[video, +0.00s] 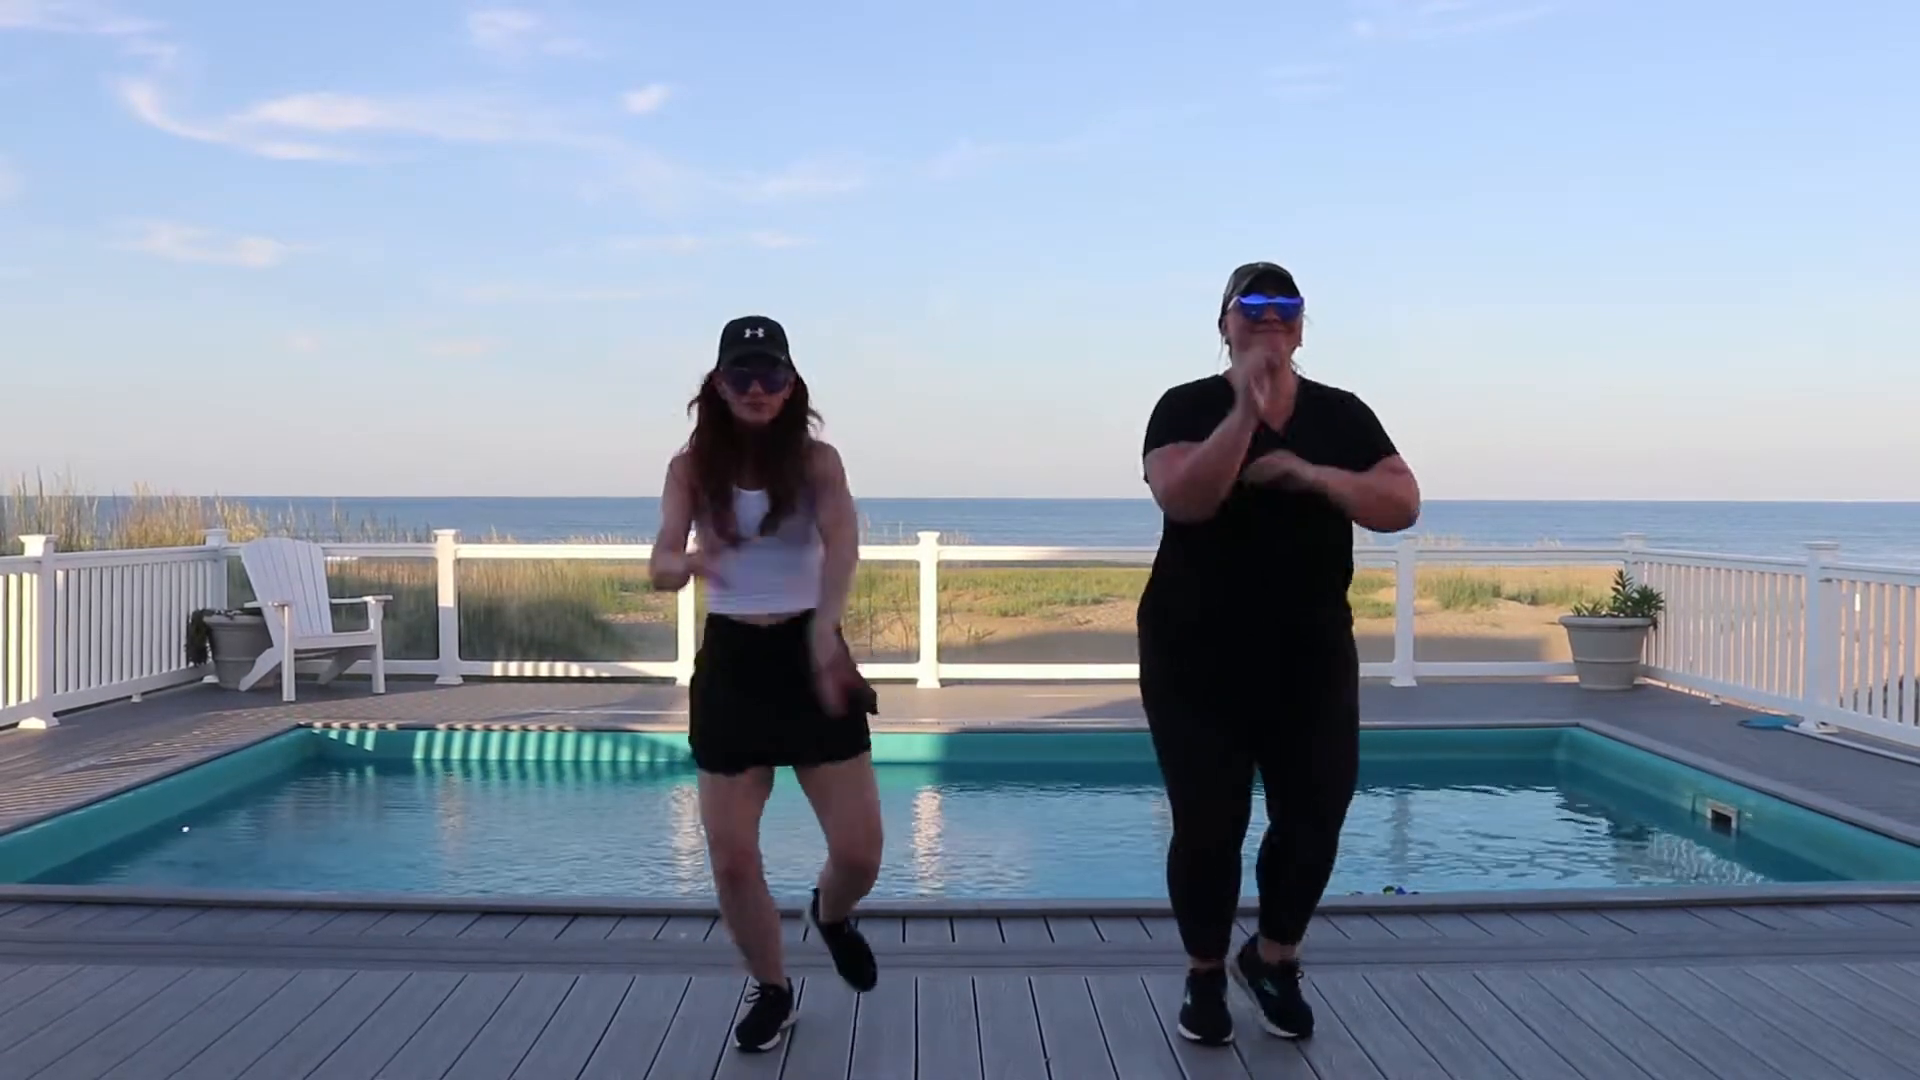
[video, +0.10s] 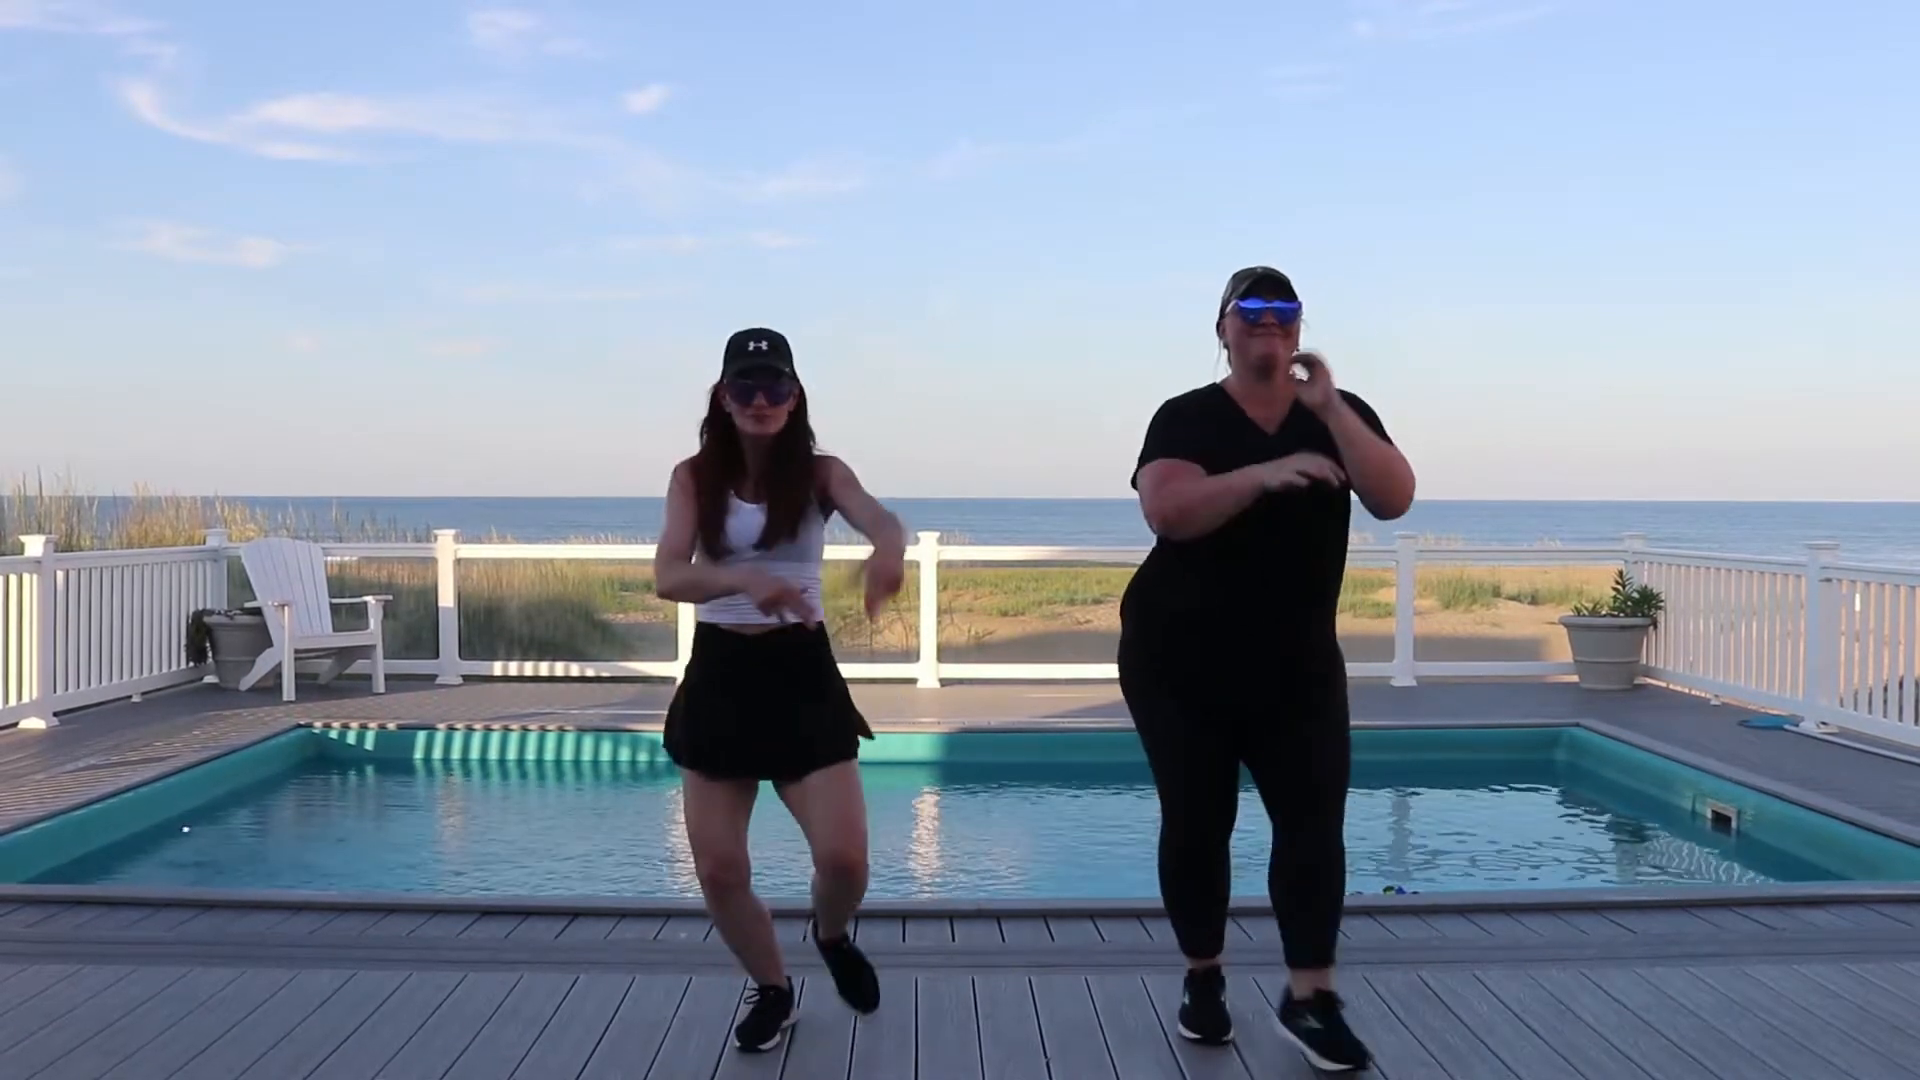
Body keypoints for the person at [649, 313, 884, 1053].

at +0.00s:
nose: (757, 388)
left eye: (771, 375)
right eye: (742, 376)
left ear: (790, 381)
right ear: (718, 381)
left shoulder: (815, 457)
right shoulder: (692, 466)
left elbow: (842, 542)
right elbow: (662, 571)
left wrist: (827, 627)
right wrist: (687, 559)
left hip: (813, 648)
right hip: (732, 657)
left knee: (862, 853)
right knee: (732, 862)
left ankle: (829, 915)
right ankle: (771, 985)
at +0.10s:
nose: (760, 400)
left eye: (774, 387)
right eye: (745, 388)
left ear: (795, 394)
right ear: (723, 395)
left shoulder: (820, 471)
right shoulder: (695, 478)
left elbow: (884, 525)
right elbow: (668, 577)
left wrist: (888, 557)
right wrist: (745, 578)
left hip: (803, 672)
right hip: (719, 674)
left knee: (846, 860)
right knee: (717, 871)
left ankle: (833, 938)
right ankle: (771, 988)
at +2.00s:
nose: (783, 375)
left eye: (793, 363)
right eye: (766, 363)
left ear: (801, 370)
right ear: (731, 370)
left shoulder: (806, 445)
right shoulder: (695, 437)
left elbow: (867, 507)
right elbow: (673, 519)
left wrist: (887, 440)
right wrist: (781, 529)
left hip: (778, 653)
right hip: (693, 657)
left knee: (794, 838)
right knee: (703, 854)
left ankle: (781, 1014)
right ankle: (755, 982)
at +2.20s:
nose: (780, 386)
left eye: (792, 374)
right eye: (763, 374)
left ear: (803, 385)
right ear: (731, 384)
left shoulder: (809, 469)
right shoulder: (697, 448)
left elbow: (843, 541)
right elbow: (672, 522)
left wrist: (875, 436)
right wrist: (777, 532)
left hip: (773, 669)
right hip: (687, 667)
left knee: (770, 856)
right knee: (668, 866)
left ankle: (748, 1030)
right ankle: (727, 948)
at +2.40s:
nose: (772, 375)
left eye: (784, 364)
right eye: (755, 363)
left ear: (795, 376)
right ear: (723, 374)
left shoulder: (799, 454)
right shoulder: (693, 438)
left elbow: (846, 526)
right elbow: (677, 512)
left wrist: (866, 419)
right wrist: (783, 518)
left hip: (764, 657)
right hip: (679, 656)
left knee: (770, 840)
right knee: (679, 852)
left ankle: (756, 1013)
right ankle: (698, 963)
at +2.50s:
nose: (764, 363)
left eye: (777, 351)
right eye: (748, 351)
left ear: (792, 361)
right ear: (721, 361)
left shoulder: (803, 440)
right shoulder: (696, 425)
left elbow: (847, 522)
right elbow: (664, 503)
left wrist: (868, 434)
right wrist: (772, 529)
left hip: (767, 642)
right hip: (684, 641)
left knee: (776, 837)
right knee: (676, 843)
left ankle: (752, 989)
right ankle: (698, 961)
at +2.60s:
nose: (753, 384)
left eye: (766, 369)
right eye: (738, 370)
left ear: (785, 371)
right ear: (714, 373)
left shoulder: (805, 450)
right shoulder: (692, 436)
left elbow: (845, 533)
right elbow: (635, 497)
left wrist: (871, 534)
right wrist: (728, 540)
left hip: (782, 652)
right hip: (698, 650)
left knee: (774, 862)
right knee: (663, 860)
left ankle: (747, 991)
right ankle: (692, 944)